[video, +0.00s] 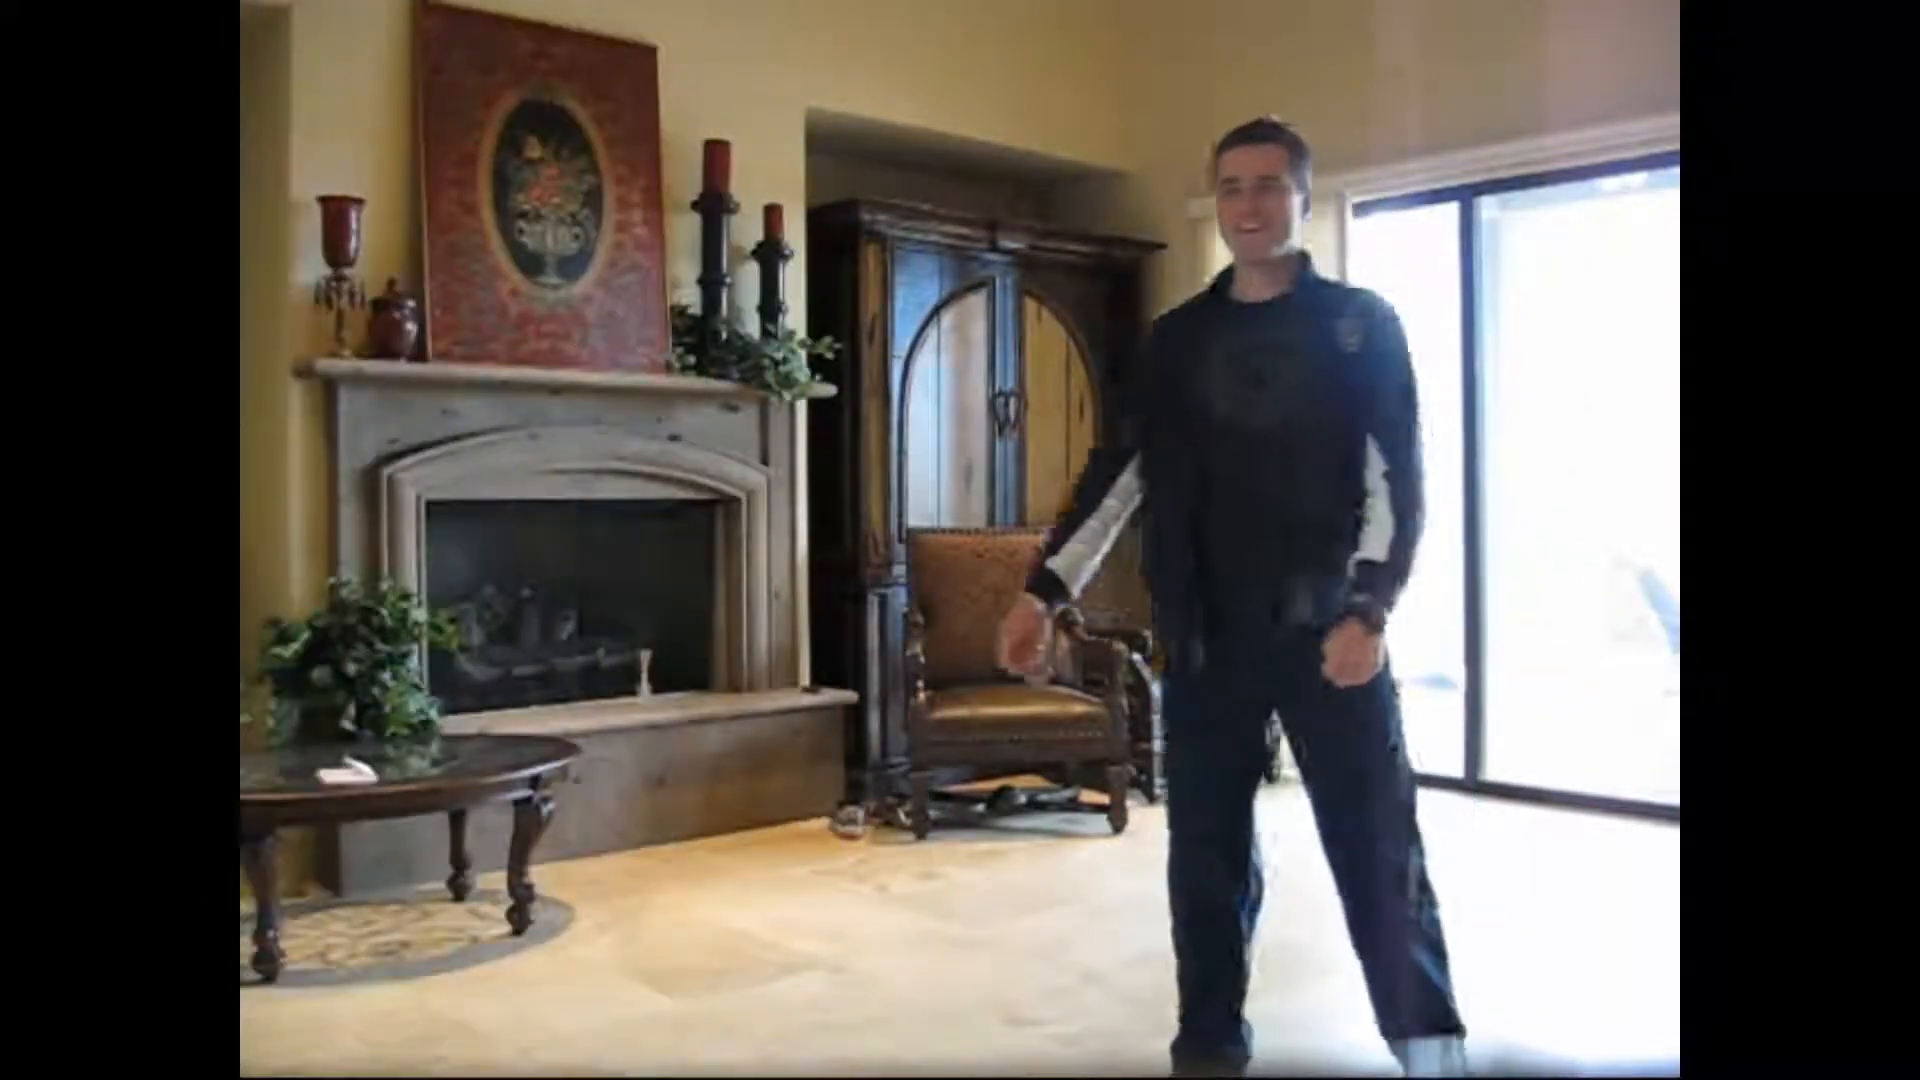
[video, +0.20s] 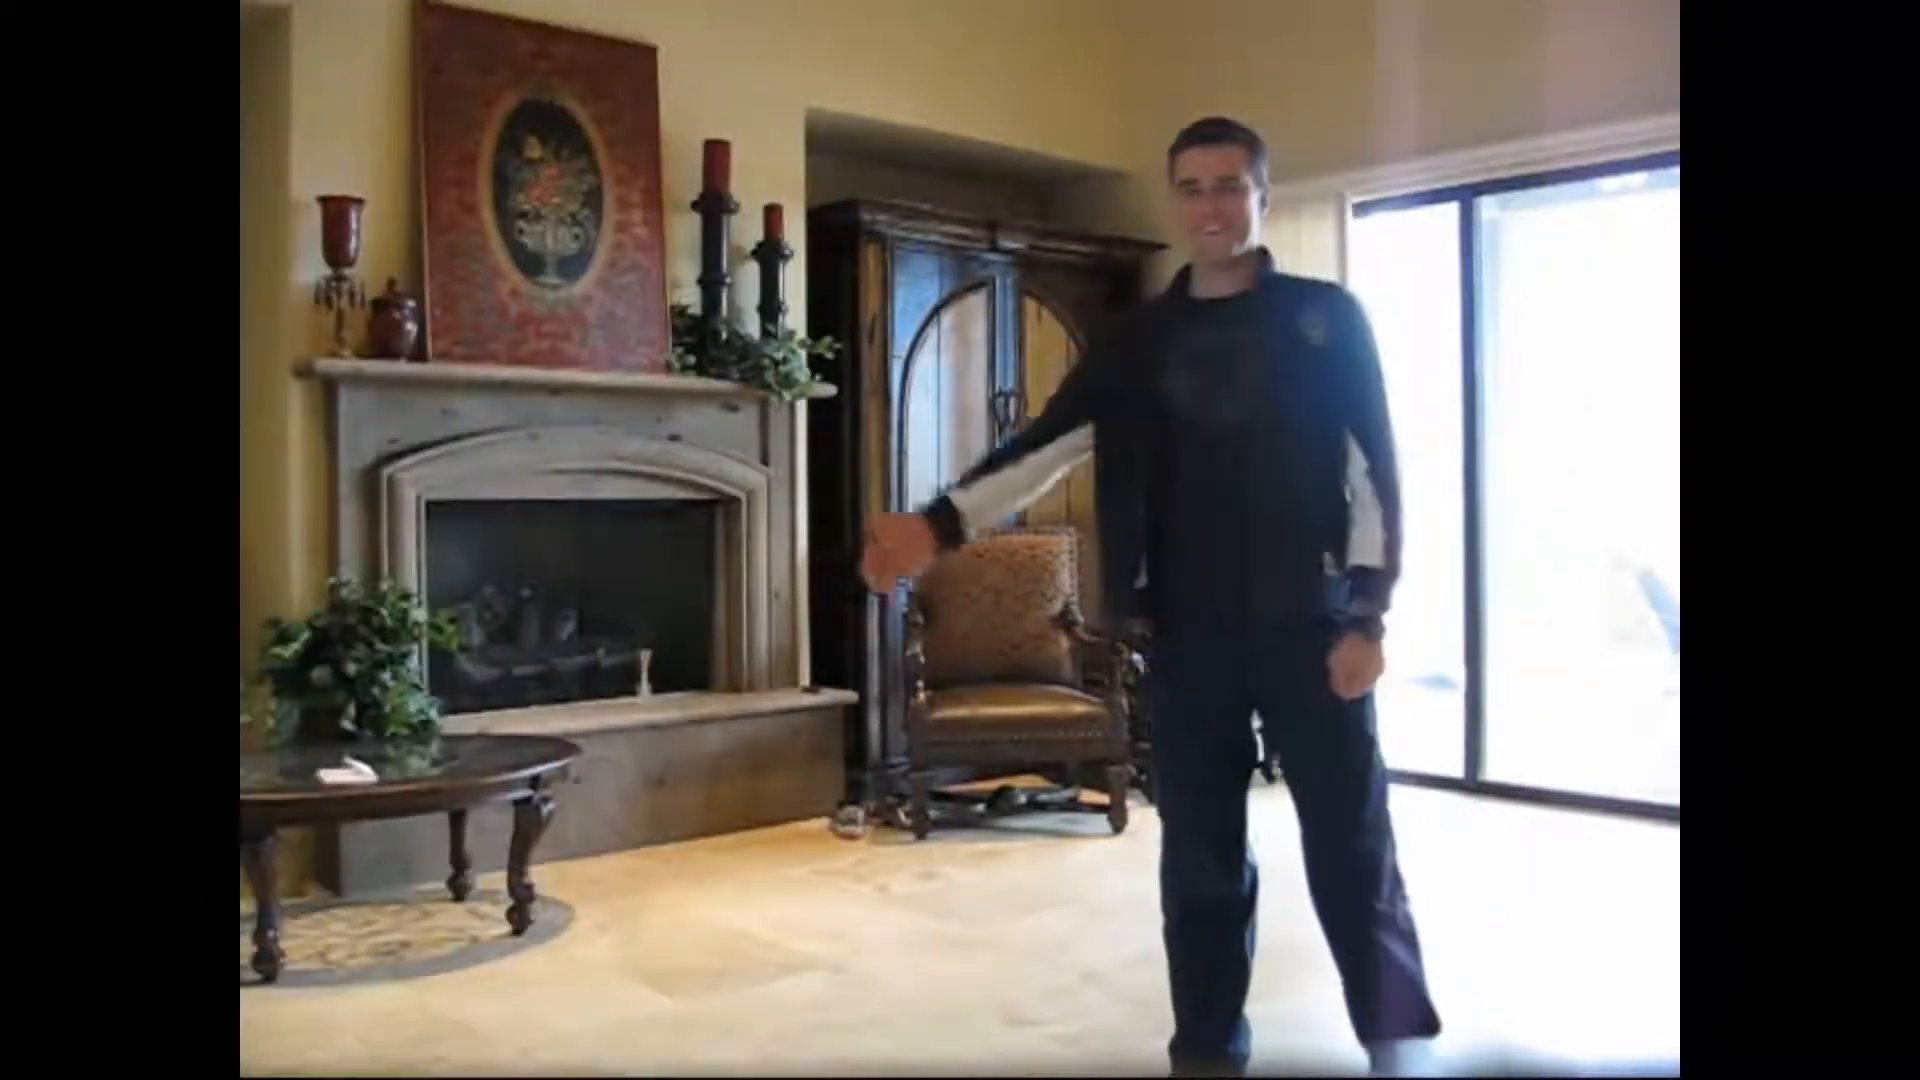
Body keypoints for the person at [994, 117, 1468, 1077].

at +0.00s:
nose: (1252, 204)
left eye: (1270, 185)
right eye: (1235, 188)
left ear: (1302, 198)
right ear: (1215, 205)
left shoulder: (1359, 323)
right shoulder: (1171, 342)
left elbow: (1399, 477)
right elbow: (1114, 479)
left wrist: (1371, 610)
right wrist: (1042, 593)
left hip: (1328, 633)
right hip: (1205, 640)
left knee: (1382, 864)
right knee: (1206, 864)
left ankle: (1432, 1056)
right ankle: (1208, 1054)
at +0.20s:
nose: (1210, 204)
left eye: (1229, 186)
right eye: (1191, 188)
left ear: (1261, 197)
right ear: (1170, 205)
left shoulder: (1325, 316)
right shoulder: (1138, 337)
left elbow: (1375, 471)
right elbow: (1044, 449)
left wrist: (1367, 616)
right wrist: (936, 525)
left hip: (1312, 629)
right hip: (1190, 634)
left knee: (1354, 862)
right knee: (1200, 866)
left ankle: (1403, 1052)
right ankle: (1206, 1056)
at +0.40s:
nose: (1164, 207)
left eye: (1184, 188)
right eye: (1153, 192)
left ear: (1234, 196)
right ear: (1146, 205)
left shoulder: (1311, 312)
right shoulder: (1118, 336)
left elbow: (1370, 460)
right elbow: (1001, 416)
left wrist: (1394, 602)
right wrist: (874, 444)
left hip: (1304, 625)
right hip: (1185, 631)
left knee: (1338, 851)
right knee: (1198, 861)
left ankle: (1374, 1051)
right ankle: (1206, 1055)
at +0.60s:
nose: (1151, 209)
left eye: (1170, 189)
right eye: (1140, 194)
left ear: (1223, 194)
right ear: (1133, 209)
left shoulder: (1307, 310)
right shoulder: (1113, 338)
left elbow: (1370, 457)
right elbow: (990, 404)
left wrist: (1406, 595)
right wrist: (864, 427)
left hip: (1304, 628)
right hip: (1184, 635)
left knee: (1339, 852)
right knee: (1197, 862)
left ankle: (1373, 1050)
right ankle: (1206, 1055)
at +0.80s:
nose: (1151, 208)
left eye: (1170, 188)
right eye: (1139, 194)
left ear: (1223, 194)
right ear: (1132, 209)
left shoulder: (1308, 309)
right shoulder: (1109, 340)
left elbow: (1372, 457)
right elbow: (991, 411)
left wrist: (1402, 595)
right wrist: (861, 435)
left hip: (1303, 631)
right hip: (1182, 642)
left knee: (1338, 852)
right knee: (1197, 863)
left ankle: (1373, 1050)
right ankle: (1206, 1054)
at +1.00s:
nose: (1172, 201)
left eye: (1191, 181)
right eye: (1156, 186)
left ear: (1233, 193)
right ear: (1141, 206)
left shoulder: (1310, 308)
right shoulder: (1110, 342)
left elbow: (1373, 454)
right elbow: (990, 415)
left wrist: (1398, 595)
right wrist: (861, 438)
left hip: (1306, 635)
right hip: (1183, 646)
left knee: (1339, 858)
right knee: (1199, 867)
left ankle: (1373, 1053)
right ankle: (1207, 1055)